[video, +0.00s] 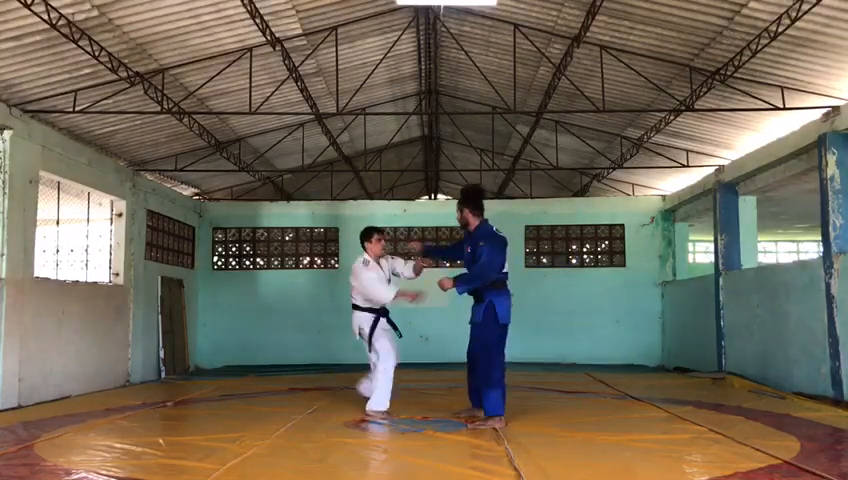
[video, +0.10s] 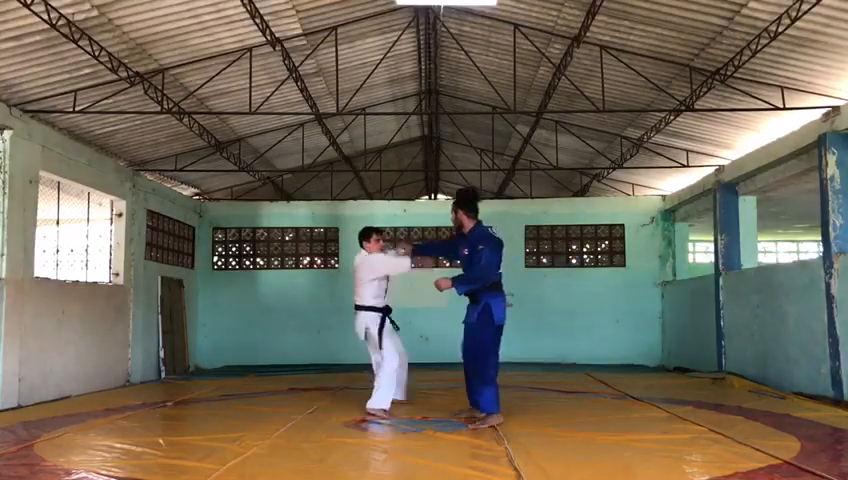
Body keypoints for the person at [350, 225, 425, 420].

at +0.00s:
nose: (383, 244)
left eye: (384, 240)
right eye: (379, 240)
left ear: (381, 243)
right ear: (367, 244)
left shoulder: (385, 261)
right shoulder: (361, 267)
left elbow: (406, 270)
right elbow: (376, 292)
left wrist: (418, 265)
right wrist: (404, 295)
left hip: (379, 316)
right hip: (365, 317)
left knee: (387, 355)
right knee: (387, 355)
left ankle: (368, 386)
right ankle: (377, 407)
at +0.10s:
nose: (381, 244)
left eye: (381, 240)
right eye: (377, 241)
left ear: (374, 243)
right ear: (366, 244)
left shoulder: (372, 258)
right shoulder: (368, 261)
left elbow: (388, 257)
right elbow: (399, 263)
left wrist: (401, 252)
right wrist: (420, 261)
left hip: (377, 315)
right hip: (370, 317)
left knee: (398, 355)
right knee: (390, 357)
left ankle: (394, 394)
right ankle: (377, 405)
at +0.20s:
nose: (383, 241)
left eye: (383, 238)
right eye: (380, 238)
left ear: (368, 240)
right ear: (370, 239)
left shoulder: (368, 255)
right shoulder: (367, 254)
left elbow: (395, 251)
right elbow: (397, 247)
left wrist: (406, 244)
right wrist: (408, 241)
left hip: (376, 312)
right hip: (374, 313)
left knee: (387, 355)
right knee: (392, 356)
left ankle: (392, 393)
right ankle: (379, 401)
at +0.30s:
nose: (386, 242)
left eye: (385, 237)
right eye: (383, 237)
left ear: (369, 237)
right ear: (376, 236)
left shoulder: (367, 252)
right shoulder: (369, 248)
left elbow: (393, 243)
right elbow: (399, 236)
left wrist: (391, 227)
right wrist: (396, 233)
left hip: (376, 307)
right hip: (376, 308)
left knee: (388, 353)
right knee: (389, 354)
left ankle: (390, 394)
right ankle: (379, 401)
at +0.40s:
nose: (385, 240)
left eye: (384, 236)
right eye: (383, 236)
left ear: (368, 237)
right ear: (375, 235)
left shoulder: (369, 253)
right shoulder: (367, 247)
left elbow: (388, 252)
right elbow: (396, 233)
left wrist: (395, 242)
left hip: (376, 306)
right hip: (373, 307)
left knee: (388, 353)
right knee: (390, 353)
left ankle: (389, 395)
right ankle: (379, 401)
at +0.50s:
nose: (384, 241)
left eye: (383, 237)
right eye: (382, 237)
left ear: (367, 236)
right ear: (373, 236)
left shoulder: (374, 256)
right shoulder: (365, 249)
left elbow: (391, 255)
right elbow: (390, 234)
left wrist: (396, 244)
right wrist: (396, 231)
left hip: (378, 309)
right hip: (371, 309)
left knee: (394, 353)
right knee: (386, 356)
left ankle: (394, 393)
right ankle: (378, 405)